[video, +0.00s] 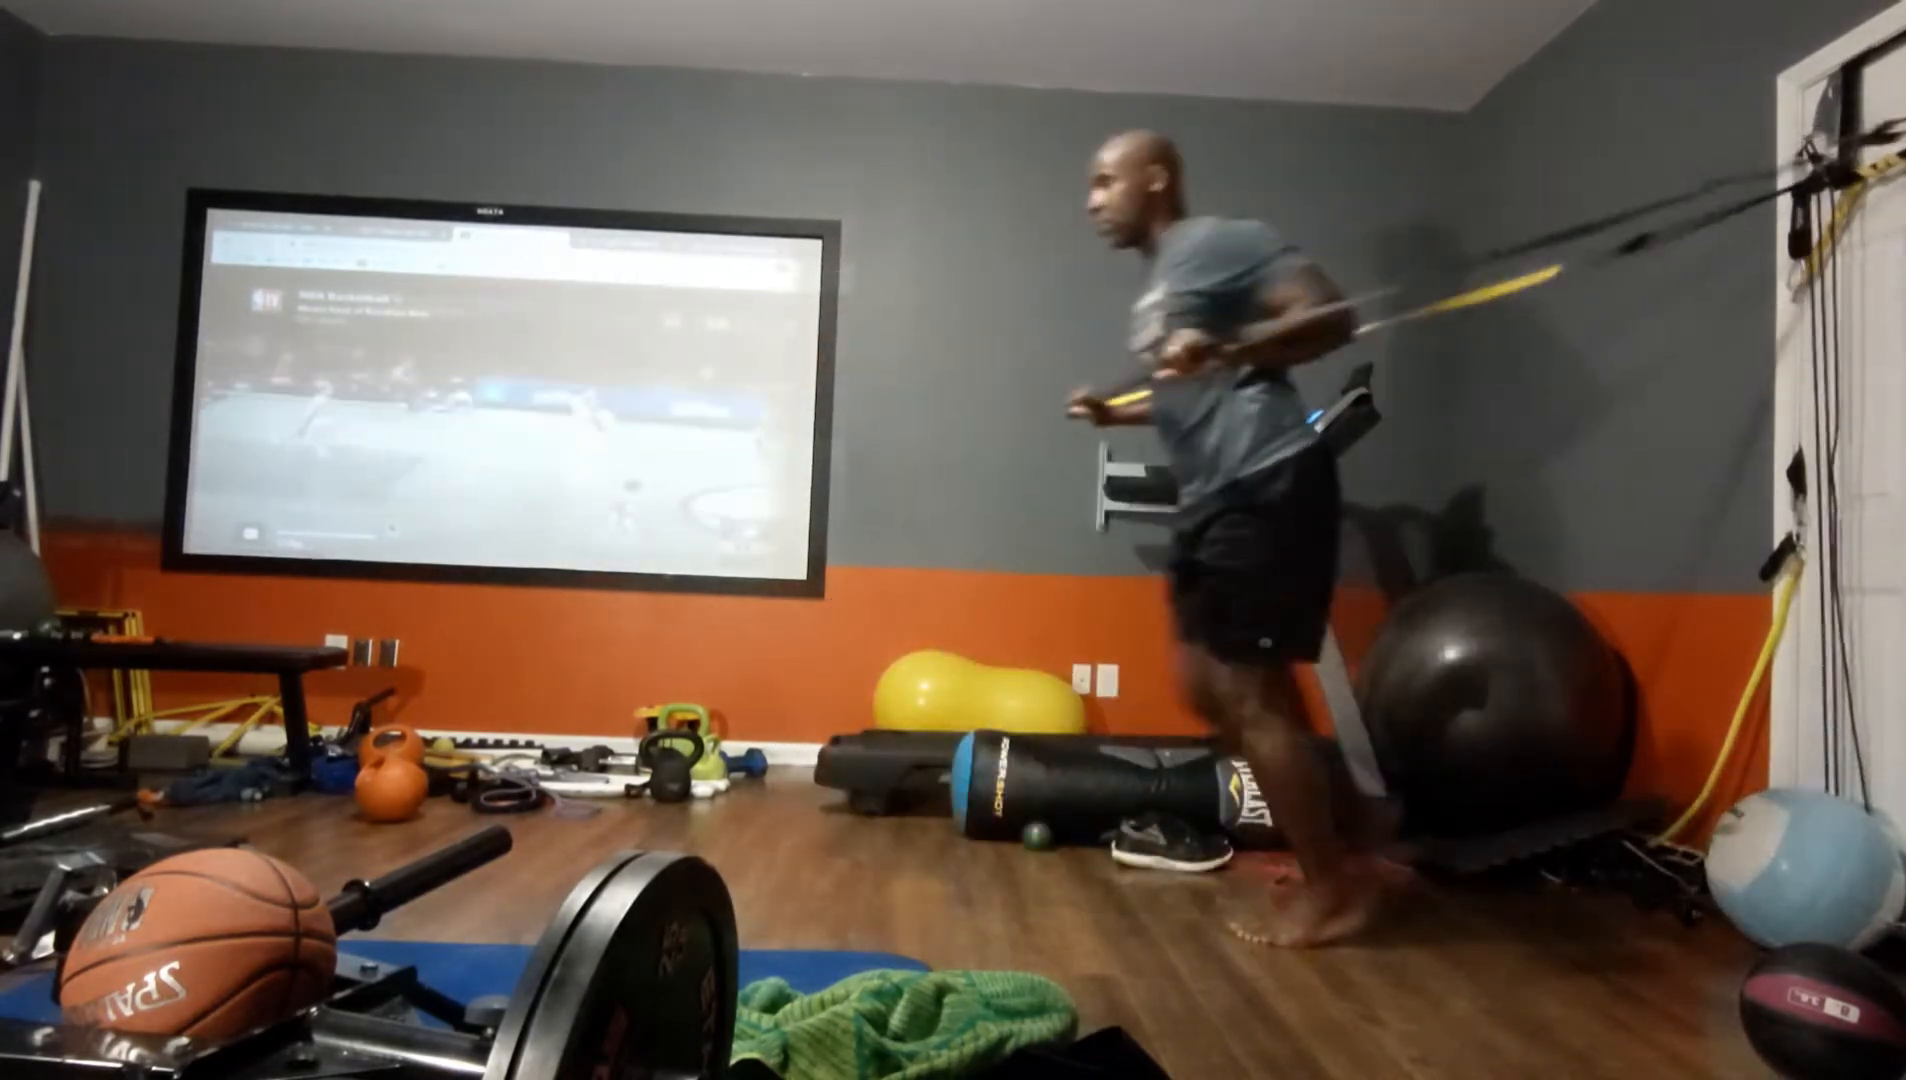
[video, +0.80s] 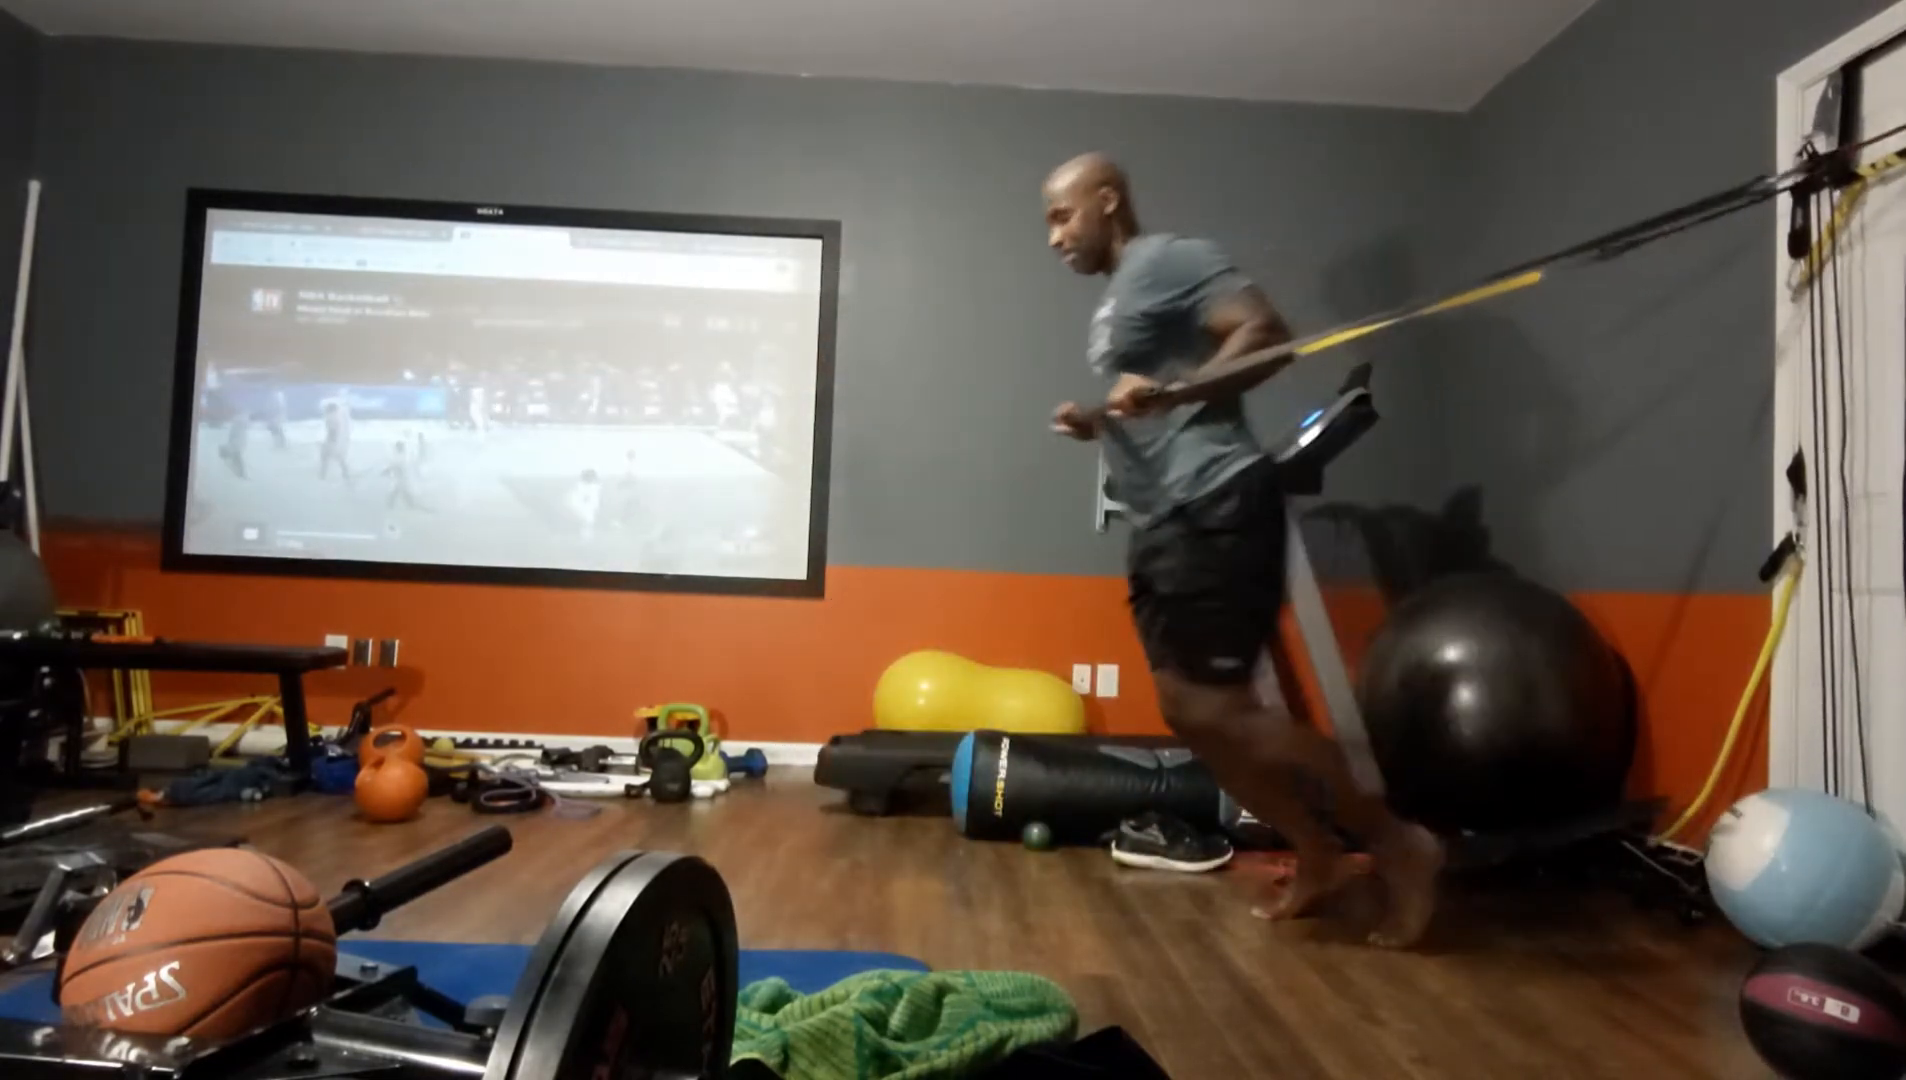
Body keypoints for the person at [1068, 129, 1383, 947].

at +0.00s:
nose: (1093, 201)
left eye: (1106, 181)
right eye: (1092, 187)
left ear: (1159, 181)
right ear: (1131, 193)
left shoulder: (1218, 241)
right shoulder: (1154, 292)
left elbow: (1331, 313)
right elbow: (1192, 399)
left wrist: (1231, 350)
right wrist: (1114, 410)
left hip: (1272, 490)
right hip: (1215, 502)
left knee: (1251, 693)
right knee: (1204, 685)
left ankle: (1329, 887)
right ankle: (1333, 838)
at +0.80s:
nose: (1052, 236)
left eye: (1060, 215)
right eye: (1049, 222)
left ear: (1110, 202)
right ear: (1086, 216)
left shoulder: (1168, 257)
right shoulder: (1115, 299)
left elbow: (1266, 334)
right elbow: (1163, 402)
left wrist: (1173, 391)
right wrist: (1098, 420)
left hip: (1219, 505)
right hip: (1168, 518)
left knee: (1210, 708)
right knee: (1192, 710)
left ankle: (1398, 845)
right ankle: (1319, 858)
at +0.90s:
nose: (1019, 254)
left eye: (1025, 234)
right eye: (1011, 241)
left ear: (1071, 214)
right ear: (1058, 224)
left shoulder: (1136, 271)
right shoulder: (1077, 316)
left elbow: (1220, 354)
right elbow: (1115, 412)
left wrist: (1118, 389)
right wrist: (1050, 416)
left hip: (1184, 513)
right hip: (1149, 520)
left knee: (1115, 708)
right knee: (1183, 708)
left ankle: (1302, 833)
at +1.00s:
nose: (968, 262)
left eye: (974, 241)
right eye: (959, 250)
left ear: (1020, 223)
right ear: (969, 255)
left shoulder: (1076, 274)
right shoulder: (1027, 319)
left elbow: (1121, 361)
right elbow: (1040, 416)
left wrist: (1001, 356)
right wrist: (959, 396)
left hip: (1149, 504)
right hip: (1120, 514)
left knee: (1019, 665)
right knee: (1182, 725)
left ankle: (1125, 829)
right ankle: (1314, 854)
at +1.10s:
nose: (920, 282)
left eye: (925, 266)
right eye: (908, 273)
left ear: (954, 251)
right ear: (906, 277)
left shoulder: (1015, 287)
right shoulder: (965, 338)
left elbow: (939, 308)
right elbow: (911, 384)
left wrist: (815, 297)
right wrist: (822, 345)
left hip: (1104, 506)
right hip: (1101, 514)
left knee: (957, 651)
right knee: (1178, 720)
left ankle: (942, 884)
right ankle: (1320, 856)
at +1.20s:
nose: (814, 299)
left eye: (816, 283)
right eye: (816, 293)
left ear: (856, 272)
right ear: (864, 288)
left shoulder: (924, 304)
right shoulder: (903, 343)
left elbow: (776, 282)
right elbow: (793, 343)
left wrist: (637, 244)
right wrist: (701, 303)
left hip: (1042, 528)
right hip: (1080, 530)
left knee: (902, 671)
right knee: (1147, 716)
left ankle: (896, 907)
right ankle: (1304, 845)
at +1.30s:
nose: (759, 363)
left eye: (758, 342)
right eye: (749, 352)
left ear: (786, 317)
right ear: (791, 337)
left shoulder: (858, 335)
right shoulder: (844, 370)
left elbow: (710, 300)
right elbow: (719, 343)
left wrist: (578, 249)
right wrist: (625, 288)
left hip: (1016, 521)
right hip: (1045, 530)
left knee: (864, 674)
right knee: (1103, 735)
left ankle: (894, 901)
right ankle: (1276, 833)